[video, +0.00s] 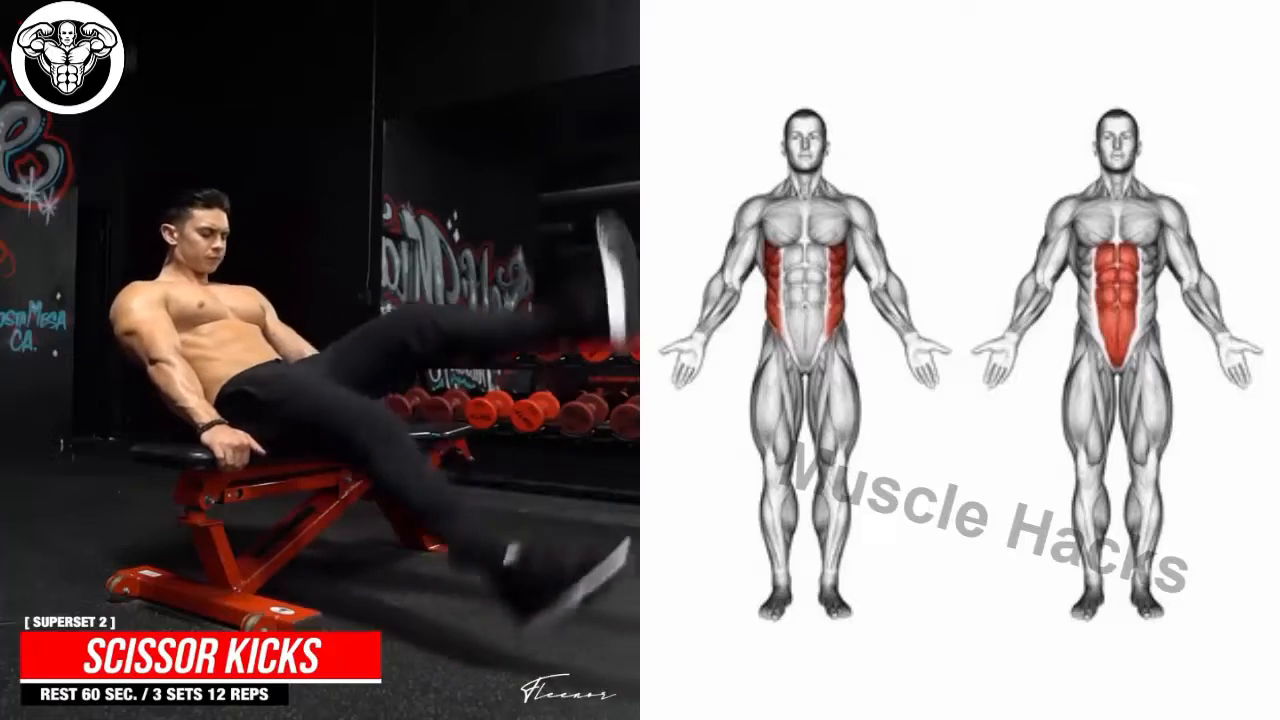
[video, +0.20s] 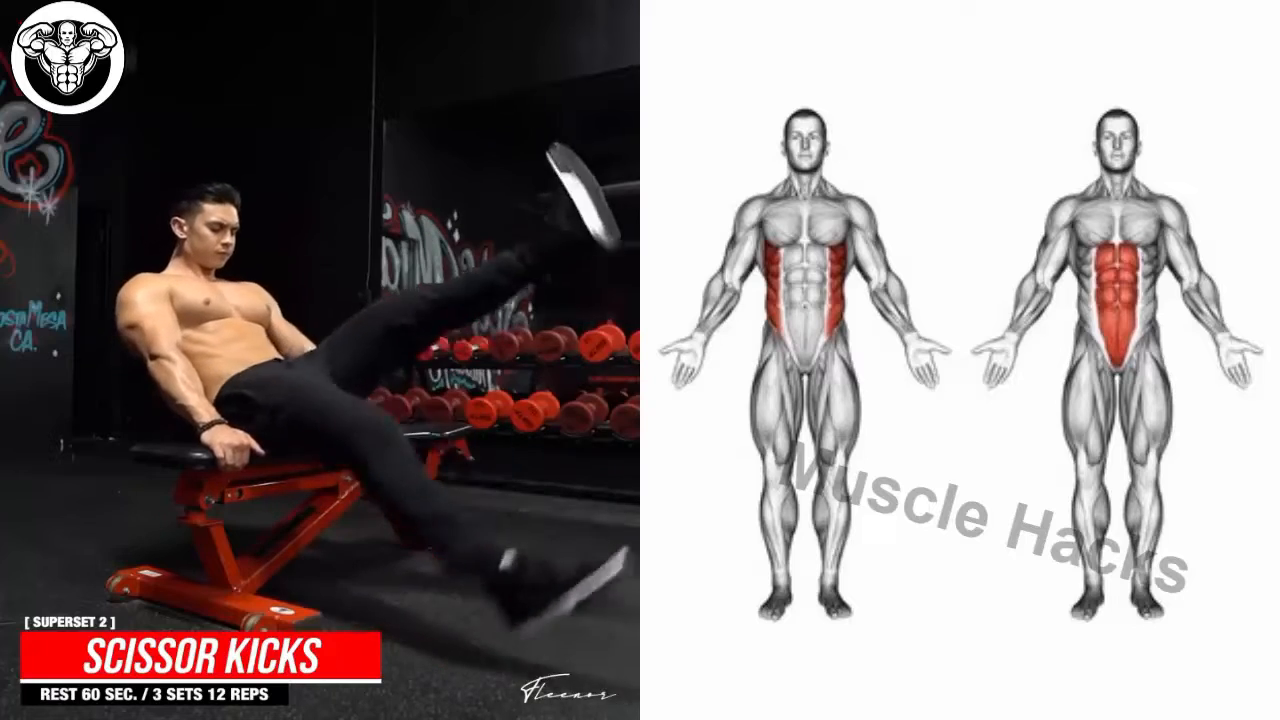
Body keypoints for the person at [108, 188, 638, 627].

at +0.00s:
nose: (217, 244)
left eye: (222, 235)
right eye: (206, 233)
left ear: (222, 240)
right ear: (170, 234)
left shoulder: (246, 296)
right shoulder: (140, 297)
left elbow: (309, 355)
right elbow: (163, 364)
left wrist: (371, 388)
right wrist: (208, 424)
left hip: (305, 380)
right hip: (249, 393)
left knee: (409, 324)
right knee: (373, 426)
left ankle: (567, 317)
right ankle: (507, 567)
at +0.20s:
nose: (227, 240)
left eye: (232, 231)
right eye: (216, 229)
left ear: (231, 234)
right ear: (179, 229)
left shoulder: (251, 293)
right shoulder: (145, 291)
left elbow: (311, 356)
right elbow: (166, 361)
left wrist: (366, 387)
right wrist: (210, 422)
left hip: (303, 376)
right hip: (251, 392)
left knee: (399, 310)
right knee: (374, 434)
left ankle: (562, 244)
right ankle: (507, 577)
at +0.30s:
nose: (222, 241)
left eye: (228, 234)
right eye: (211, 231)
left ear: (228, 237)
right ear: (175, 229)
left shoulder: (251, 294)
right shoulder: (144, 293)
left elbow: (313, 354)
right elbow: (163, 360)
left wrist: (375, 390)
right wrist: (210, 426)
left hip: (298, 376)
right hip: (239, 392)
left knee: (408, 325)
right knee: (370, 384)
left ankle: (559, 316)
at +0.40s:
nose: (217, 242)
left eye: (222, 233)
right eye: (205, 231)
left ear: (225, 240)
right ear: (170, 235)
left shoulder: (250, 293)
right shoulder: (140, 296)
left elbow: (300, 359)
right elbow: (162, 361)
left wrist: (361, 416)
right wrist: (210, 424)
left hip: (306, 399)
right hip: (247, 402)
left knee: (423, 358)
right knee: (365, 340)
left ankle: (562, 425)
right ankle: (531, 344)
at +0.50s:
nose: (214, 240)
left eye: (219, 232)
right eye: (202, 230)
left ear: (221, 237)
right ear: (166, 233)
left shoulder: (250, 294)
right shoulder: (140, 297)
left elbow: (304, 352)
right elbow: (161, 365)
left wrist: (341, 409)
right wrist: (208, 424)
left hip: (304, 399)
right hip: (244, 400)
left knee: (431, 401)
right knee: (345, 299)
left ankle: (551, 541)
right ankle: (511, 236)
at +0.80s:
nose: (209, 237)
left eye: (214, 228)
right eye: (195, 227)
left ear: (218, 235)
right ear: (163, 234)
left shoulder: (246, 295)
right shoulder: (140, 295)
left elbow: (298, 347)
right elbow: (165, 359)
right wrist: (209, 423)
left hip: (298, 399)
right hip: (240, 398)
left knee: (418, 391)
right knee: (326, 295)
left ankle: (556, 495)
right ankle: (510, 255)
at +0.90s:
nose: (210, 238)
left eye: (215, 229)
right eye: (197, 228)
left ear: (219, 239)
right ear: (164, 236)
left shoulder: (250, 295)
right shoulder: (142, 292)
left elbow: (297, 364)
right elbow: (167, 357)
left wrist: (354, 416)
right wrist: (211, 421)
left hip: (302, 406)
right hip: (243, 406)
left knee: (391, 346)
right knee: (345, 322)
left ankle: (561, 367)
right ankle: (523, 358)